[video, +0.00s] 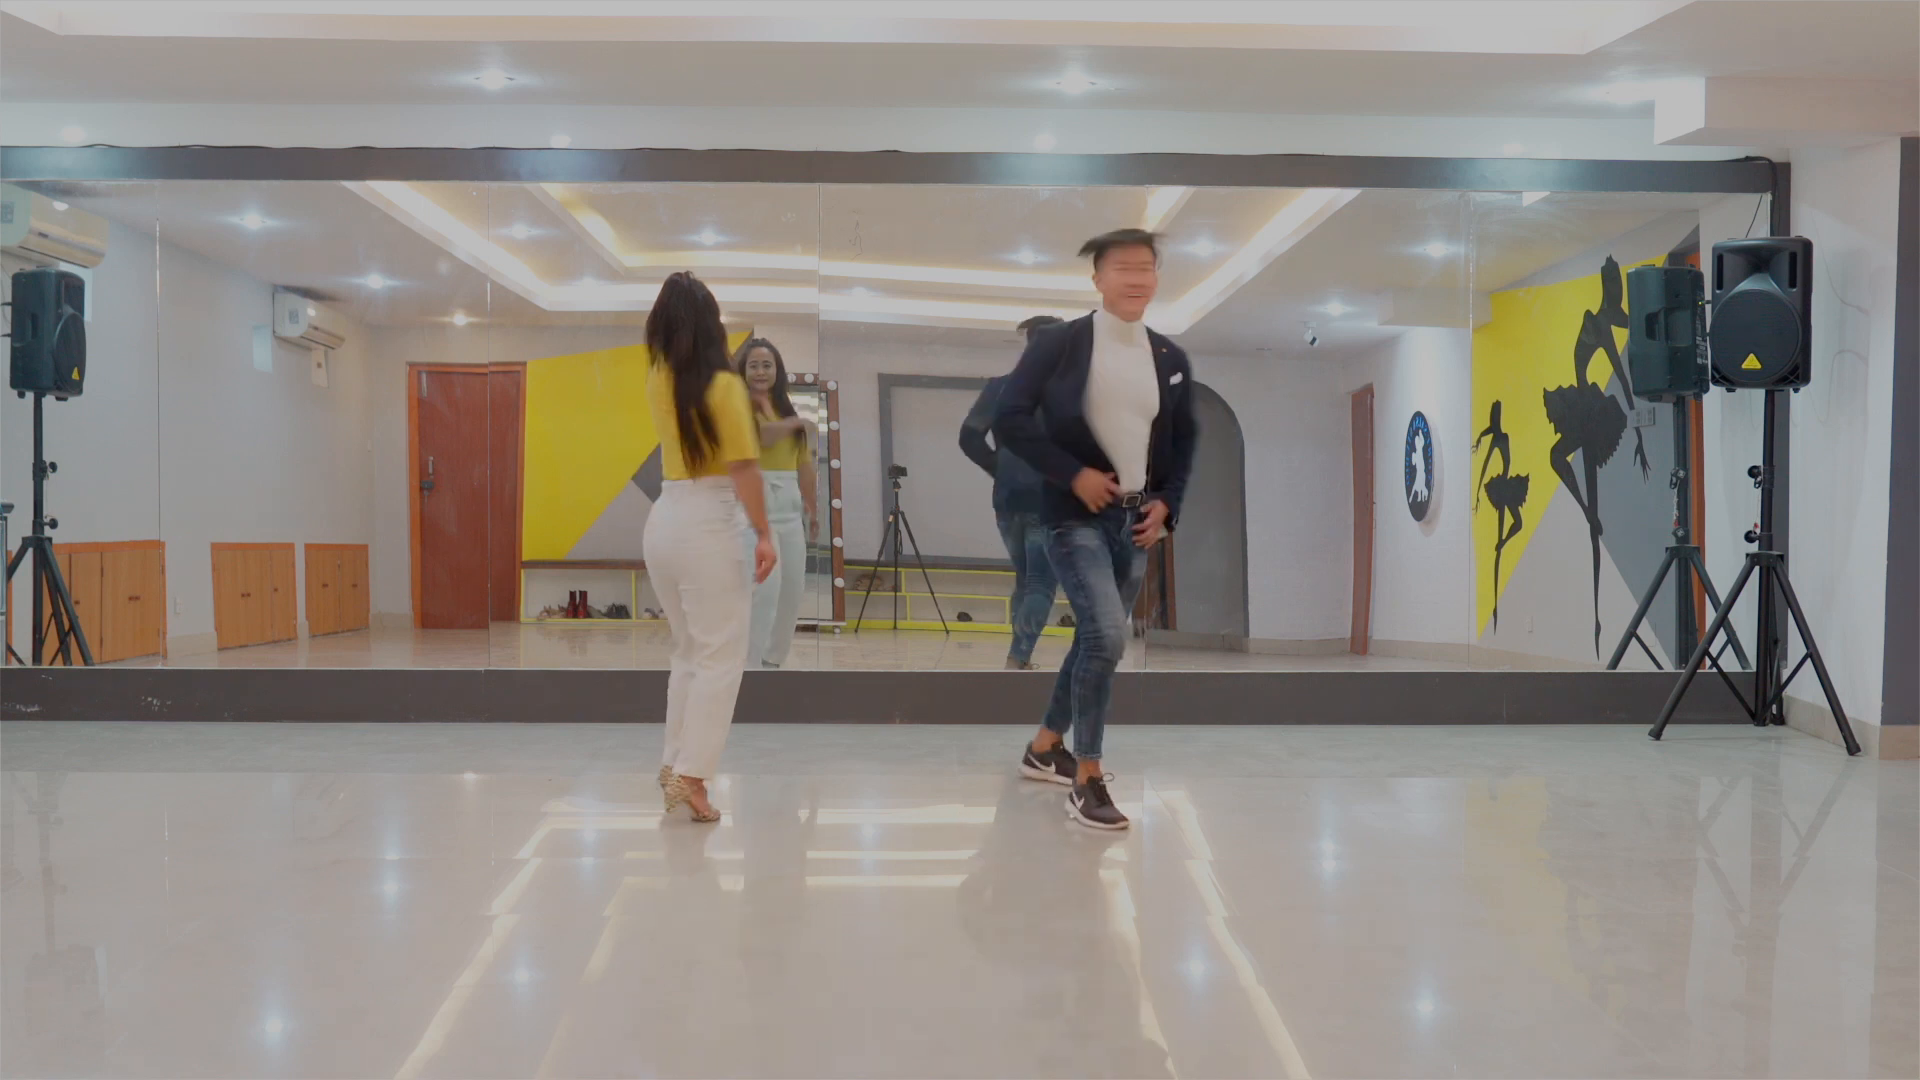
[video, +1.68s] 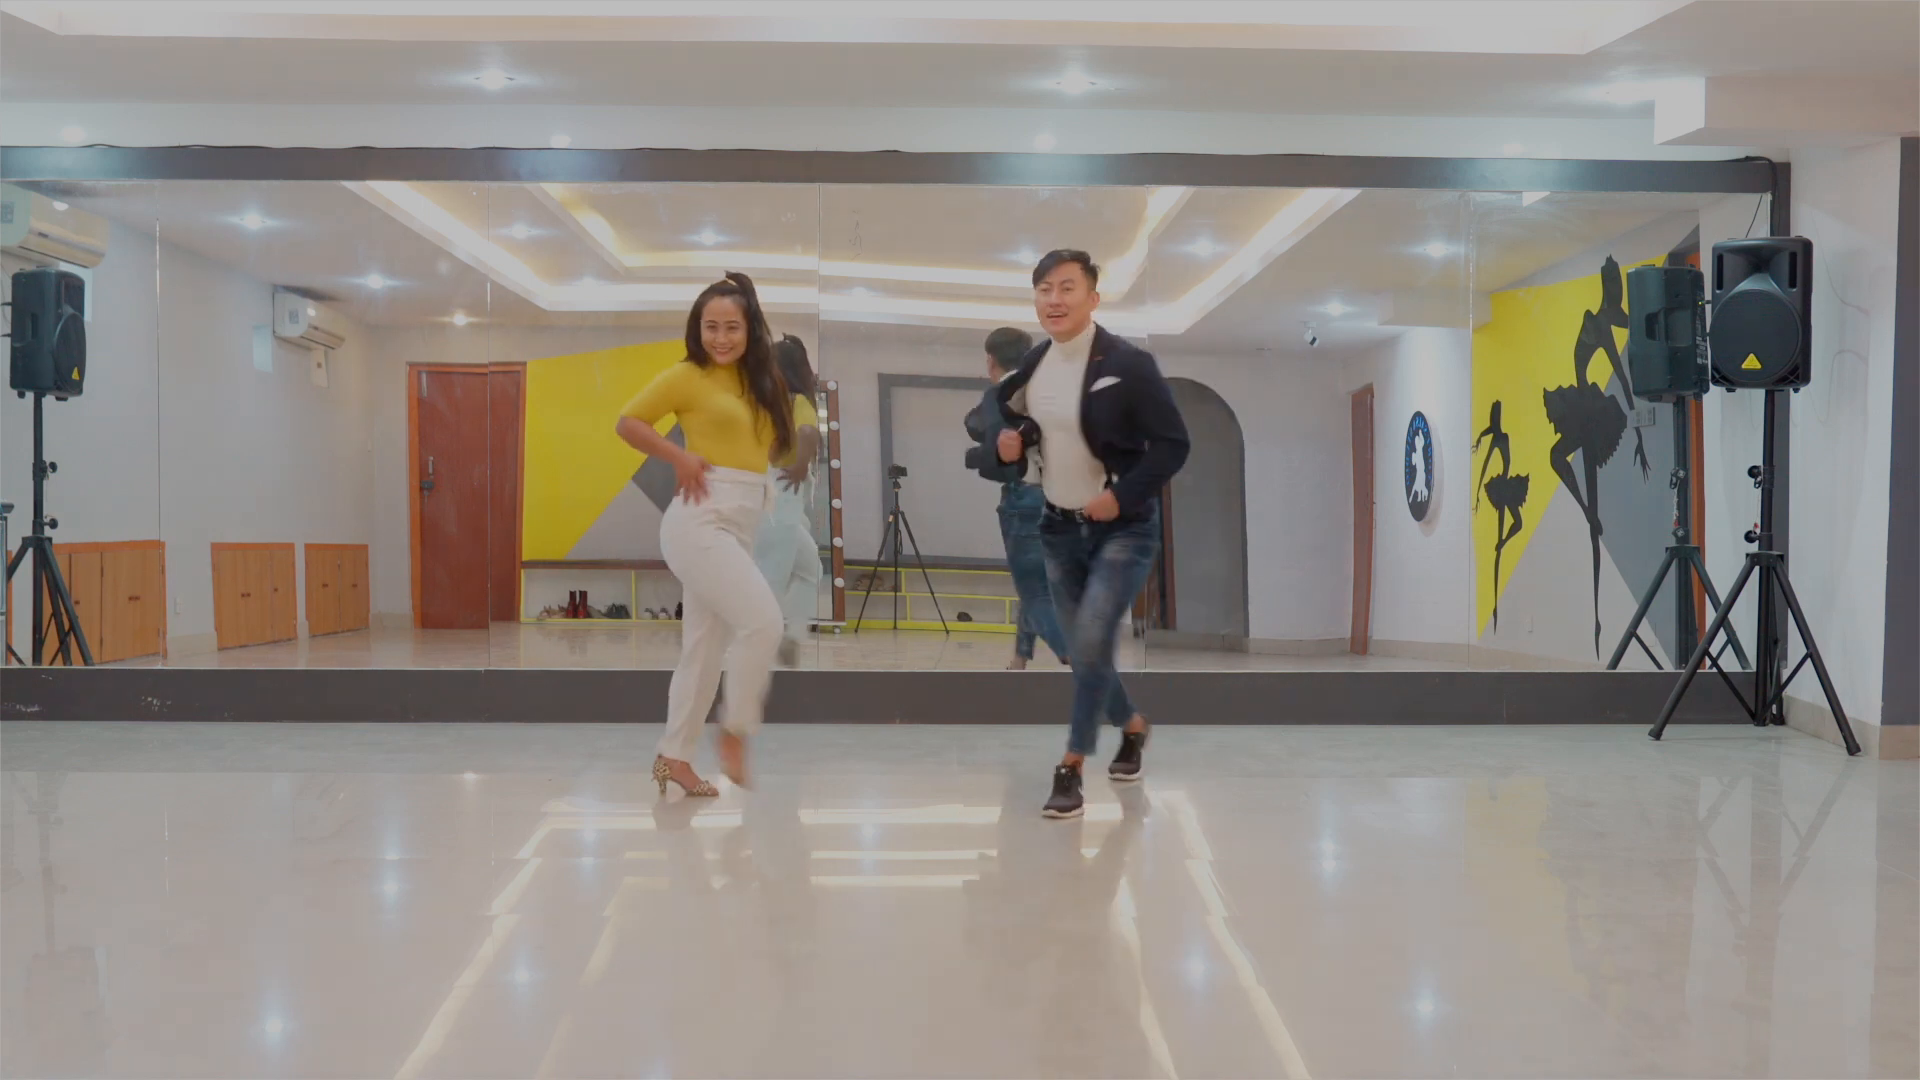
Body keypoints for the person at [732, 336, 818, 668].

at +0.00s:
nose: (761, 371)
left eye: (767, 365)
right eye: (753, 365)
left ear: (778, 372)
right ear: (741, 371)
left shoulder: (789, 411)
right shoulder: (738, 411)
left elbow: (805, 466)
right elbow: (752, 440)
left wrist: (812, 510)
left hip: (789, 510)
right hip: (752, 510)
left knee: (792, 589)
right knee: (764, 587)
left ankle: (773, 662)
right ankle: (751, 666)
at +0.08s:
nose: (777, 369)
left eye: (778, 363)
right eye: (768, 364)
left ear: (780, 367)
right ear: (748, 370)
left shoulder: (773, 399)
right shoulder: (760, 398)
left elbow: (782, 463)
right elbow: (804, 434)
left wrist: (801, 502)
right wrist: (811, 469)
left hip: (783, 501)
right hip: (760, 499)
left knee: (791, 587)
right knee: (774, 587)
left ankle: (766, 666)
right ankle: (747, 669)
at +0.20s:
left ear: (747, 377)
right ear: (784, 375)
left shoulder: (736, 410)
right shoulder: (794, 413)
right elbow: (809, 465)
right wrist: (814, 508)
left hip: (736, 501)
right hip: (775, 502)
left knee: (755, 590)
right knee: (781, 594)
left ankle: (755, 669)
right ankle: (752, 670)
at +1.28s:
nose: (802, 378)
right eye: (797, 373)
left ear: (758, 379)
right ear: (791, 378)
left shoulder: (746, 413)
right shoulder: (795, 417)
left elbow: (739, 471)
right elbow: (802, 475)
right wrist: (808, 520)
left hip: (745, 502)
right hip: (783, 501)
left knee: (751, 589)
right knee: (782, 593)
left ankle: (747, 666)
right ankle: (763, 670)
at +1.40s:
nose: (804, 376)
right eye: (799, 369)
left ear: (762, 371)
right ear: (792, 371)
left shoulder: (749, 405)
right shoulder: (790, 407)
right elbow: (803, 459)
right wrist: (802, 508)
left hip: (752, 501)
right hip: (782, 502)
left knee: (760, 587)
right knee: (776, 592)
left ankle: (760, 662)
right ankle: (763, 666)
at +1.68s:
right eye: (807, 364)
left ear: (773, 370)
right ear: (800, 368)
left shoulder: (764, 400)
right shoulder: (799, 401)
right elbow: (807, 434)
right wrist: (801, 463)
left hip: (768, 494)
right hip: (782, 497)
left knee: (808, 567)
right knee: (774, 569)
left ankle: (791, 632)